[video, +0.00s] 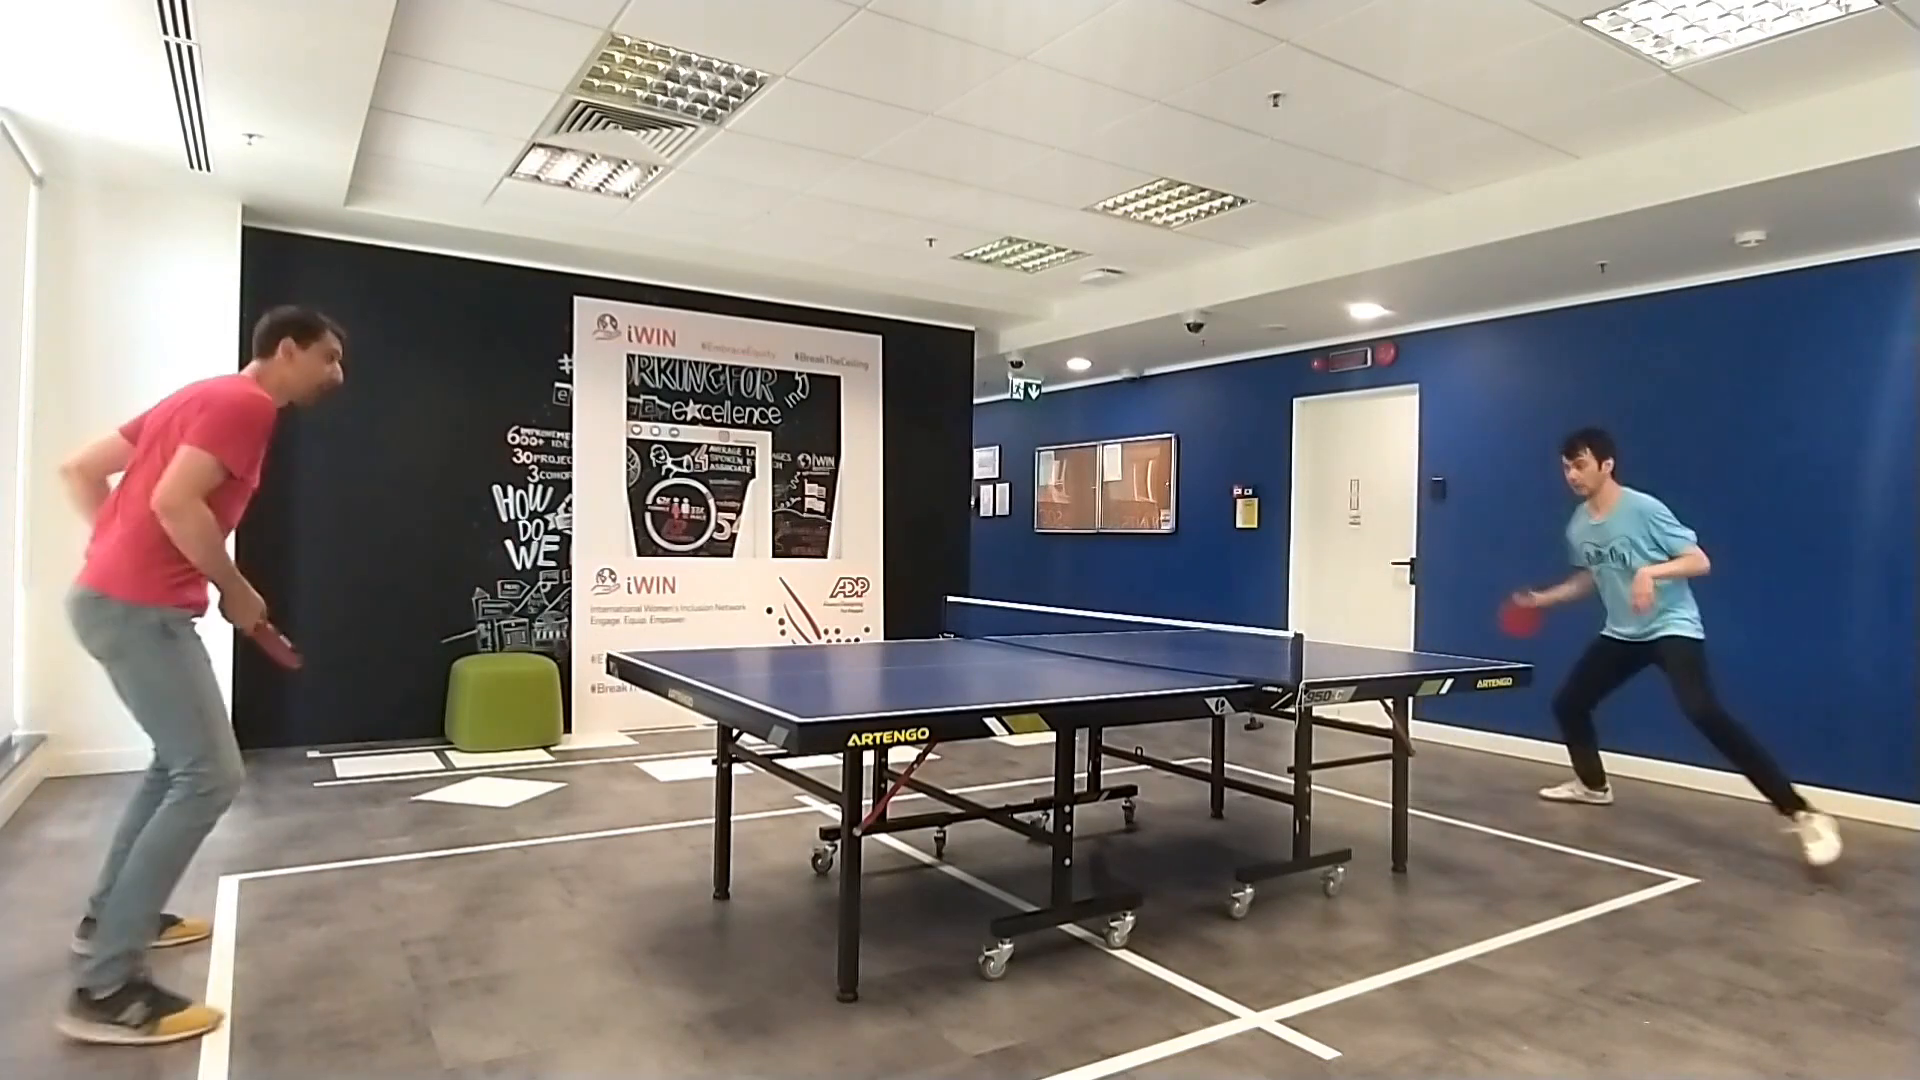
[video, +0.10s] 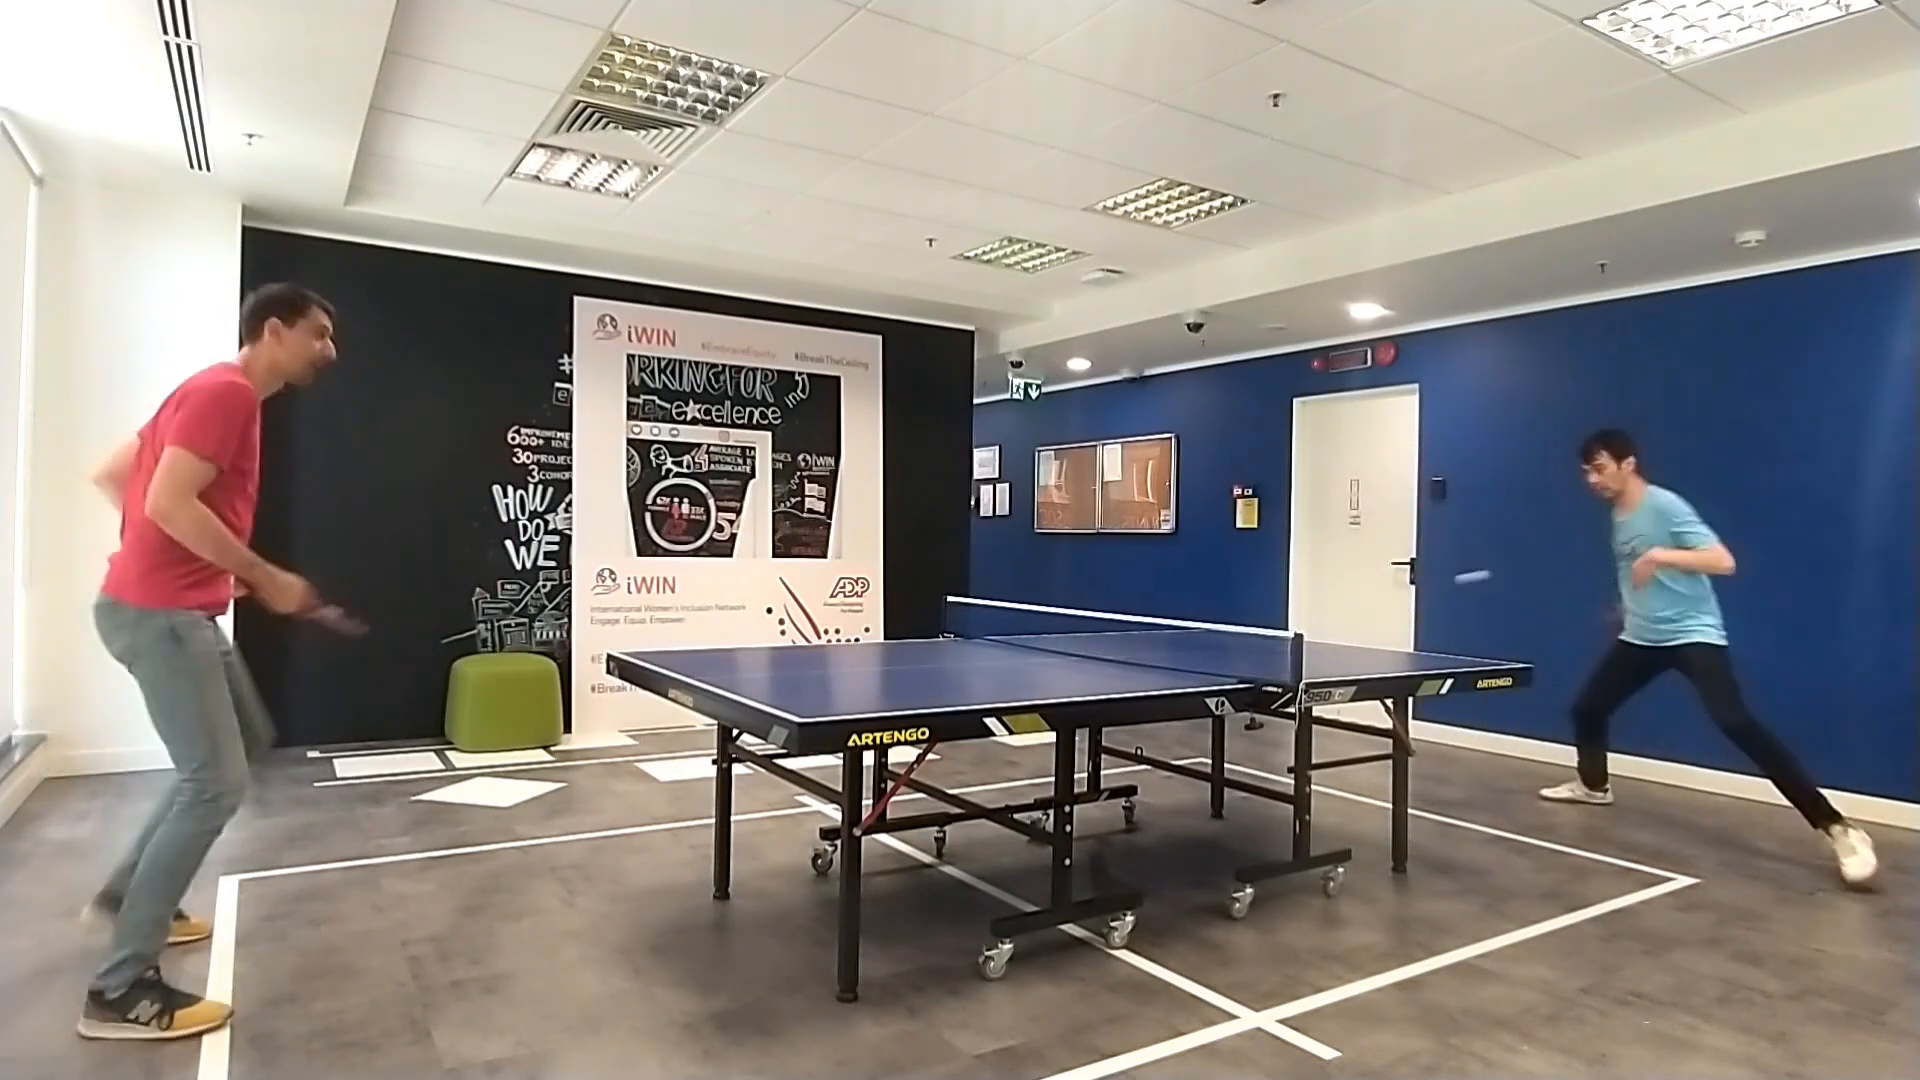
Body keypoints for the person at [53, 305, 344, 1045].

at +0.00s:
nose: (339, 374)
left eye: (340, 362)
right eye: (331, 357)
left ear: (282, 351)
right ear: (287, 349)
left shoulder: (197, 399)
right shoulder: (245, 404)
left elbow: (81, 468)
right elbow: (173, 499)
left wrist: (136, 550)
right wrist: (233, 586)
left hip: (113, 604)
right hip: (140, 610)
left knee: (179, 763)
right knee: (211, 777)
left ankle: (111, 917)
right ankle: (105, 984)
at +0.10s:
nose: (329, 351)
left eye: (331, 340)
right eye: (320, 334)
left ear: (273, 334)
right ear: (272, 329)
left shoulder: (210, 390)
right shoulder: (229, 392)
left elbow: (111, 473)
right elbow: (170, 499)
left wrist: (177, 547)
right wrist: (266, 576)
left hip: (182, 611)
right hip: (157, 615)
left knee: (246, 746)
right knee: (215, 783)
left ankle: (129, 897)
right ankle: (121, 985)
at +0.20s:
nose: (323, 345)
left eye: (324, 334)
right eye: (313, 330)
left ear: (272, 332)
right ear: (265, 327)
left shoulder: (242, 410)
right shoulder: (208, 397)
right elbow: (185, 518)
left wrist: (293, 565)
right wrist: (305, 563)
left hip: (226, 615)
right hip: (171, 621)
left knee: (303, 722)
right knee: (227, 792)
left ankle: (203, 850)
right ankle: (120, 985)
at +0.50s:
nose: (353, 379)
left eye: (353, 367)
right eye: (342, 365)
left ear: (309, 373)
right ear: (293, 368)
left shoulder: (315, 437)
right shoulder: (227, 446)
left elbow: (308, 506)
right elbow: (175, 558)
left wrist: (369, 543)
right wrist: (287, 596)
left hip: (298, 642)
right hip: (231, 645)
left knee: (371, 742)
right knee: (268, 790)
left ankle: (304, 858)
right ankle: (140, 975)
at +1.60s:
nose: (335, 350)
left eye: (335, 338)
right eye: (324, 334)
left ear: (286, 344)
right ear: (275, 336)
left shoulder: (276, 420)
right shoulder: (205, 409)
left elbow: (244, 509)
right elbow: (146, 508)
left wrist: (314, 542)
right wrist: (277, 522)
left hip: (230, 621)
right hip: (160, 627)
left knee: (309, 722)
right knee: (207, 789)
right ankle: (93, 961)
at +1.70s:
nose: (297, 324)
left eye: (298, 312)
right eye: (285, 309)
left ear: (251, 319)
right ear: (234, 311)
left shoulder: (245, 401)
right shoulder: (160, 385)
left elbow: (217, 498)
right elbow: (96, 491)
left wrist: (288, 538)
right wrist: (221, 526)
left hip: (187, 613)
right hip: (113, 608)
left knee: (243, 737)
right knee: (154, 779)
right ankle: (35, 960)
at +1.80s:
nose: (268, 339)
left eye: (267, 327)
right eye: (255, 324)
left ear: (217, 335)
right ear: (203, 327)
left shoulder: (205, 418)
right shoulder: (127, 404)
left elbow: (163, 512)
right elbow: (38, 508)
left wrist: (230, 556)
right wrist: (168, 563)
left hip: (133, 633)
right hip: (64, 626)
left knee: (168, 771)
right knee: (73, 812)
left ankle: (53, 888)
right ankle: (6, 906)